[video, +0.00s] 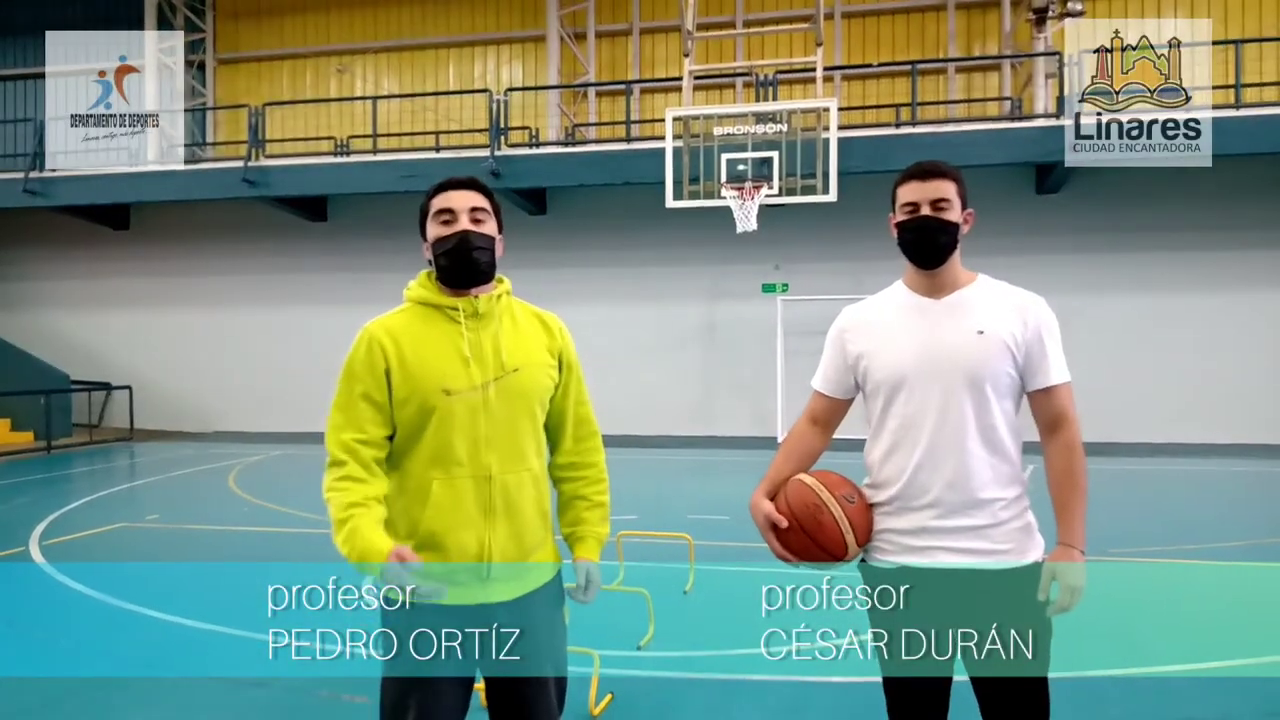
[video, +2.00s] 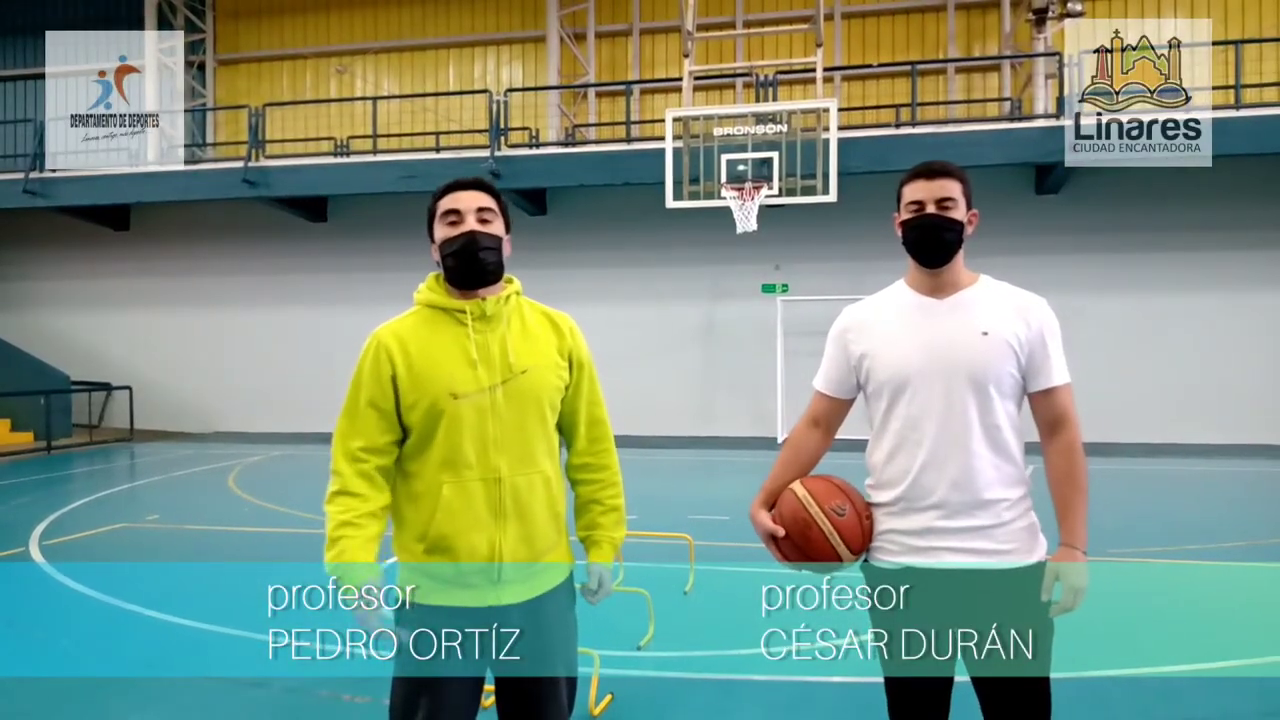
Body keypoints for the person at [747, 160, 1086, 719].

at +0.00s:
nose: (925, 218)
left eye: (940, 207)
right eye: (910, 209)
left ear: (966, 220)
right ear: (893, 227)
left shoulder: (1022, 314)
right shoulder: (858, 324)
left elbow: (1060, 431)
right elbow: (815, 424)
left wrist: (1070, 545)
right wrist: (763, 492)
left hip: (1003, 561)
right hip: (900, 563)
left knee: (1018, 711)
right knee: (913, 713)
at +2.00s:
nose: (929, 217)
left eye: (945, 206)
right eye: (915, 208)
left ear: (971, 220)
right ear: (897, 226)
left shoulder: (1024, 315)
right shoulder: (860, 323)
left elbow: (1060, 432)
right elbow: (816, 425)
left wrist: (1072, 545)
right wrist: (761, 502)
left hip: (1005, 561)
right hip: (901, 562)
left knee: (1020, 710)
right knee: (914, 713)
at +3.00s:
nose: (931, 216)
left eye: (946, 205)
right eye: (916, 208)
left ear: (972, 220)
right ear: (899, 226)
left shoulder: (1026, 313)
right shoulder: (860, 322)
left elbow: (1063, 430)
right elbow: (815, 423)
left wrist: (1077, 543)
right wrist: (761, 502)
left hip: (1006, 561)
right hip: (903, 562)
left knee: (1019, 711)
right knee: (914, 713)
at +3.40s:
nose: (932, 215)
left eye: (947, 205)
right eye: (917, 207)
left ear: (973, 220)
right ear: (900, 226)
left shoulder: (1026, 314)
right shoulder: (862, 323)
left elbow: (1063, 430)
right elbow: (818, 424)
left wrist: (1076, 543)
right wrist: (764, 503)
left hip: (1007, 560)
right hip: (904, 561)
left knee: (1020, 710)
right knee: (915, 712)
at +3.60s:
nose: (931, 214)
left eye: (946, 204)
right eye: (916, 207)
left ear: (972, 220)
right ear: (899, 227)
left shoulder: (1026, 314)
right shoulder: (862, 323)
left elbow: (1063, 430)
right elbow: (818, 425)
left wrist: (1076, 543)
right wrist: (765, 503)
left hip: (1007, 559)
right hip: (905, 560)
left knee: (1020, 711)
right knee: (916, 713)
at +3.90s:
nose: (931, 215)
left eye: (946, 204)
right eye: (916, 208)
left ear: (972, 220)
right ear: (898, 228)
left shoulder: (1026, 315)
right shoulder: (863, 324)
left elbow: (1062, 430)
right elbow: (818, 426)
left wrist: (1078, 542)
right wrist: (765, 505)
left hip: (1008, 559)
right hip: (905, 561)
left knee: (1022, 711)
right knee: (916, 712)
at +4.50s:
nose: (929, 215)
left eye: (944, 204)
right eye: (914, 208)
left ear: (971, 220)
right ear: (898, 229)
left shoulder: (1027, 314)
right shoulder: (863, 324)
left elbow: (1064, 429)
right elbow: (818, 425)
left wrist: (1078, 542)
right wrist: (764, 502)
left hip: (1008, 563)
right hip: (904, 564)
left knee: (1021, 711)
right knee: (914, 712)